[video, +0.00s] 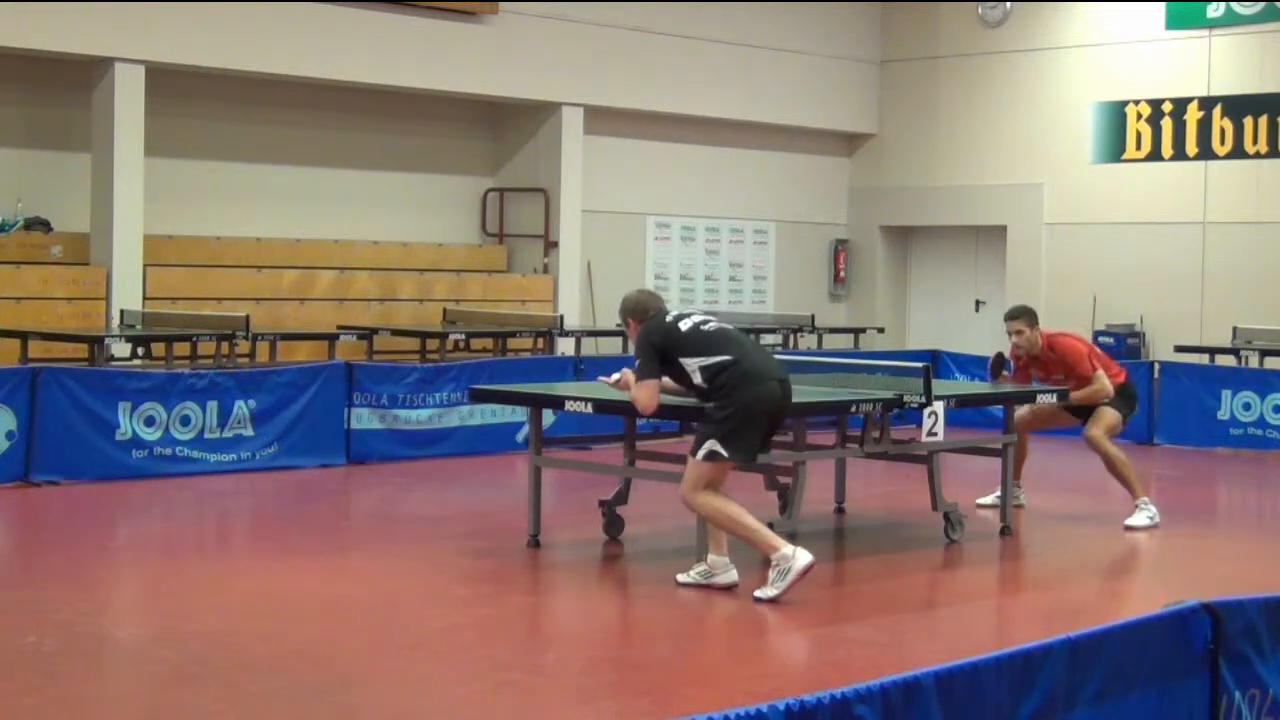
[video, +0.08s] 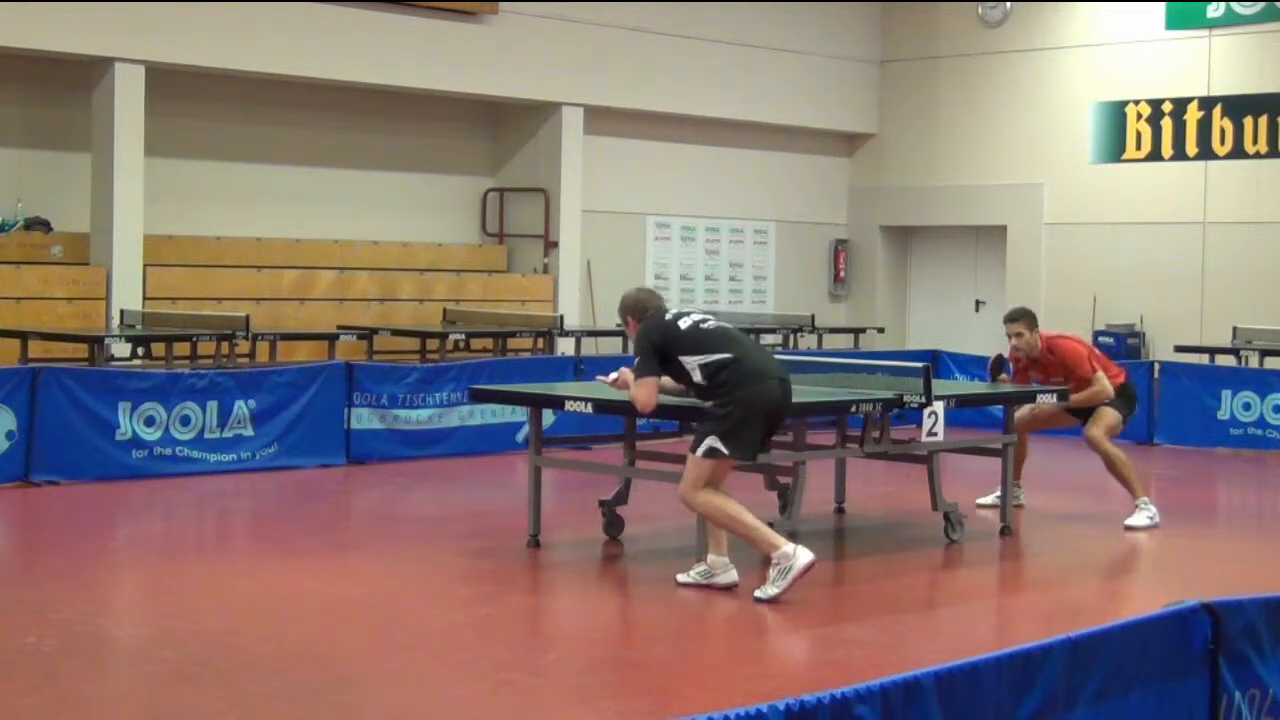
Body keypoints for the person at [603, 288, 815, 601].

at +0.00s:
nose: (629, 335)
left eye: (627, 328)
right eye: (627, 329)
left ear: (634, 323)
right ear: (660, 312)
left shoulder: (650, 333)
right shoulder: (687, 319)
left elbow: (646, 404)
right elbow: (696, 384)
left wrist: (630, 382)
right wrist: (649, 381)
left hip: (743, 394)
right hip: (775, 388)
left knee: (693, 493)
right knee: (710, 480)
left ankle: (785, 555)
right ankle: (718, 563)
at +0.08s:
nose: (628, 334)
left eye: (626, 327)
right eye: (627, 328)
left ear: (633, 321)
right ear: (658, 310)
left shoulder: (649, 331)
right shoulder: (685, 319)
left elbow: (645, 403)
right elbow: (691, 382)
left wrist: (630, 381)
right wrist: (642, 380)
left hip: (745, 394)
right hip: (774, 388)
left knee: (692, 492)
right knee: (710, 479)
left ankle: (786, 553)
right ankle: (718, 563)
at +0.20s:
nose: (627, 327)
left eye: (626, 320)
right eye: (625, 320)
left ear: (634, 315)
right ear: (659, 305)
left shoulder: (650, 327)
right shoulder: (686, 316)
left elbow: (644, 398)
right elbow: (691, 383)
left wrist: (629, 377)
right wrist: (640, 380)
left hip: (747, 390)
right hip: (776, 386)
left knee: (699, 493)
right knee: (707, 469)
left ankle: (795, 550)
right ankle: (718, 563)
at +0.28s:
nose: (629, 318)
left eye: (628, 310)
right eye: (628, 311)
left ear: (636, 306)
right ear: (661, 298)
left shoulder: (654, 321)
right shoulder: (686, 313)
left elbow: (645, 391)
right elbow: (689, 381)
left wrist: (626, 368)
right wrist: (630, 388)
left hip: (753, 390)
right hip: (772, 384)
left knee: (712, 498)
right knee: (700, 455)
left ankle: (804, 555)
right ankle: (717, 562)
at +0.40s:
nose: (638, 303)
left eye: (636, 295)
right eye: (636, 296)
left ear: (645, 292)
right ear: (671, 285)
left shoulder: (667, 311)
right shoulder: (692, 304)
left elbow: (644, 376)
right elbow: (682, 366)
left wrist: (624, 347)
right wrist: (624, 370)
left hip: (759, 398)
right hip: (751, 396)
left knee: (730, 500)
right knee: (698, 456)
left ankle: (816, 572)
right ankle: (717, 563)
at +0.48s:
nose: (647, 294)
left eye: (646, 287)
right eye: (646, 287)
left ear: (654, 286)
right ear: (681, 277)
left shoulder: (676, 307)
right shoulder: (700, 298)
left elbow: (644, 371)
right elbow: (675, 343)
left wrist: (624, 330)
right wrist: (635, 325)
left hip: (759, 403)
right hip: (752, 400)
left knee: (740, 509)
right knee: (697, 456)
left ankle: (825, 584)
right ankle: (717, 562)